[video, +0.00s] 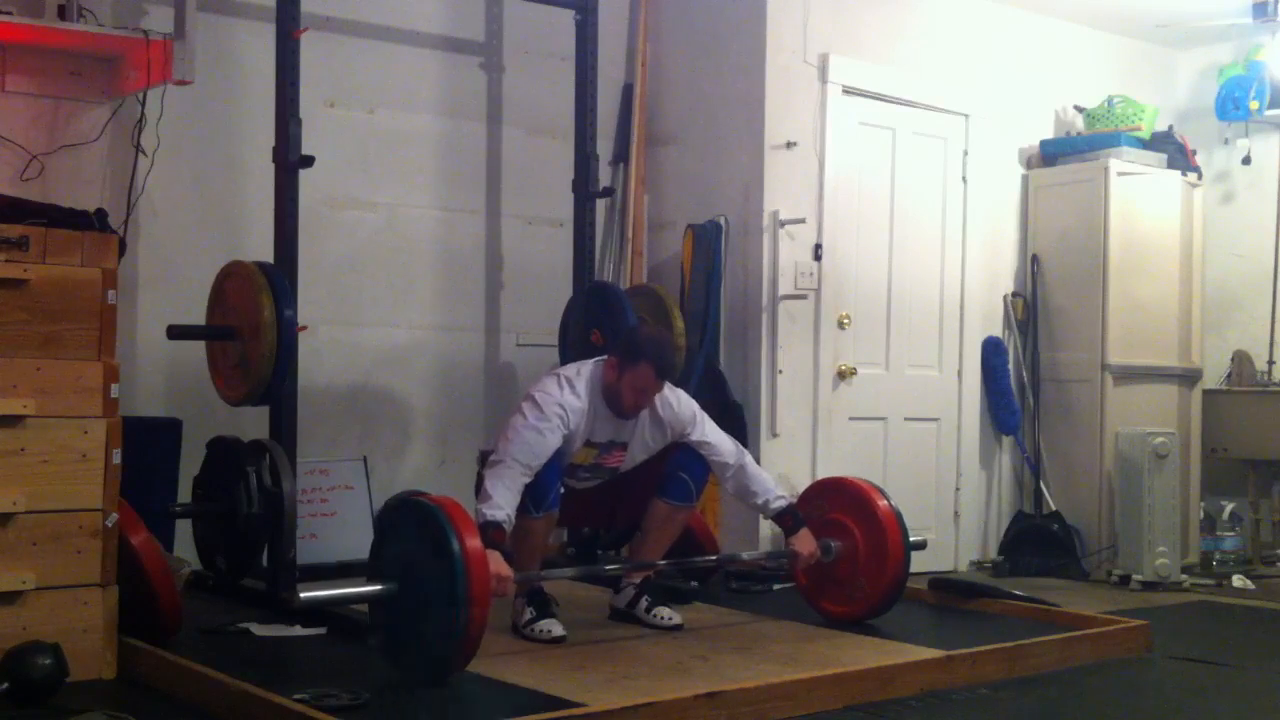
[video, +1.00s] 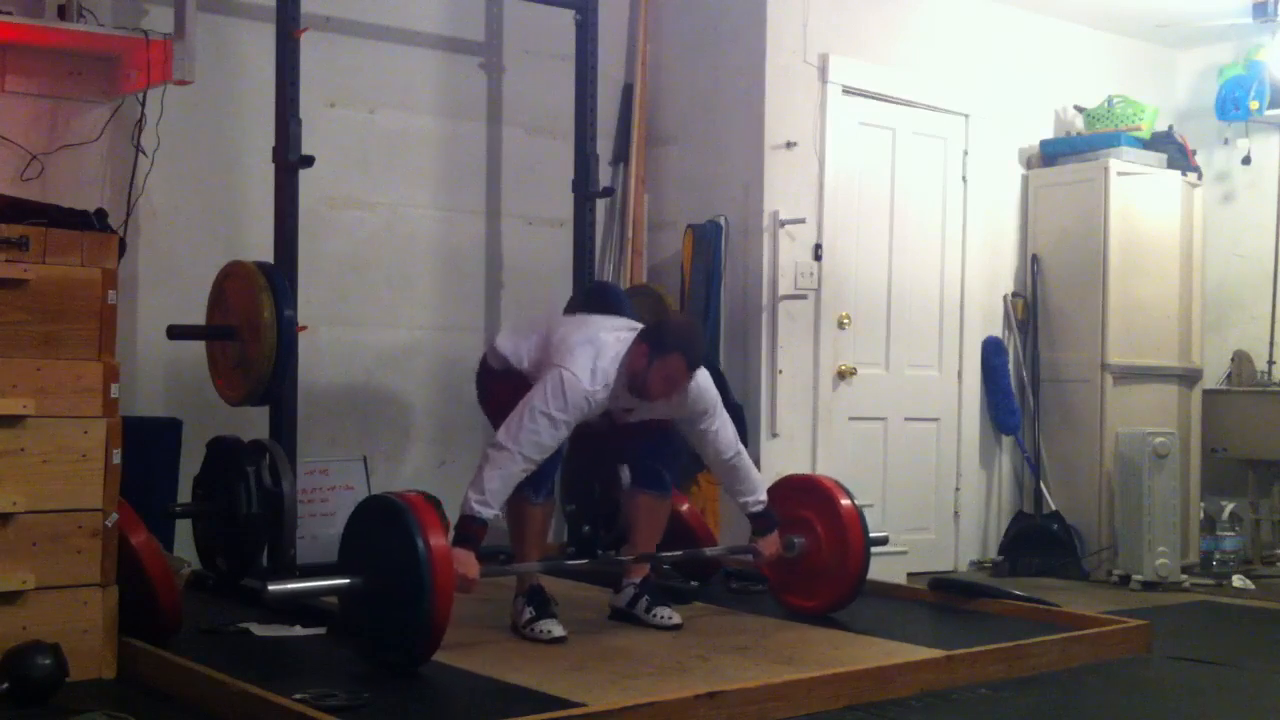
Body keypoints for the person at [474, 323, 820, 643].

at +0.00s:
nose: (643, 404)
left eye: (653, 394)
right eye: (637, 391)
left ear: (664, 383)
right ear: (612, 368)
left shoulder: (668, 405)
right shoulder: (561, 394)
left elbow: (733, 459)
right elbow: (508, 464)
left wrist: (793, 523)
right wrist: (491, 543)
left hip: (609, 502)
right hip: (548, 500)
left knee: (689, 461)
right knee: (545, 468)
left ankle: (630, 593)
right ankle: (528, 601)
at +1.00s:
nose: (672, 392)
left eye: (681, 383)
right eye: (668, 379)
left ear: (691, 376)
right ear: (641, 355)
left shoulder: (692, 387)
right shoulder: (581, 374)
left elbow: (728, 452)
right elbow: (511, 449)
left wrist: (766, 526)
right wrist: (466, 540)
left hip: (589, 399)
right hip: (513, 376)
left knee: (659, 452)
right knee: (540, 456)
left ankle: (633, 589)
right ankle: (529, 595)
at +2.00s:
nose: (678, 377)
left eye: (687, 366)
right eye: (670, 363)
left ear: (697, 359)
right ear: (643, 342)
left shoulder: (696, 387)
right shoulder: (581, 378)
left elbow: (729, 454)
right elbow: (508, 454)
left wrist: (752, 525)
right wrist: (456, 540)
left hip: (601, 438)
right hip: (522, 420)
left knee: (694, 458)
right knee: (554, 464)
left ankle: (632, 590)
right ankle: (530, 597)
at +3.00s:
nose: (671, 374)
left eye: (679, 364)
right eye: (663, 361)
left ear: (690, 355)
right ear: (635, 340)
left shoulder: (690, 383)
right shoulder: (577, 380)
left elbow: (725, 453)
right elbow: (507, 454)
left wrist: (752, 525)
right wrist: (455, 539)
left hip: (603, 448)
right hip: (526, 435)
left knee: (690, 460)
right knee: (552, 468)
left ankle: (633, 589)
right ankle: (531, 597)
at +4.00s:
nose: (589, 63)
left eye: (592, 58)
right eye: (575, 59)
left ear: (606, 81)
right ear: (553, 82)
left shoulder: (641, 143)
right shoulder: (536, 135)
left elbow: (697, 203)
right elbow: (482, 194)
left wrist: (754, 250)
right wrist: (474, 234)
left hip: (632, 308)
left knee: (650, 440)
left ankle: (641, 582)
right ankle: (534, 589)